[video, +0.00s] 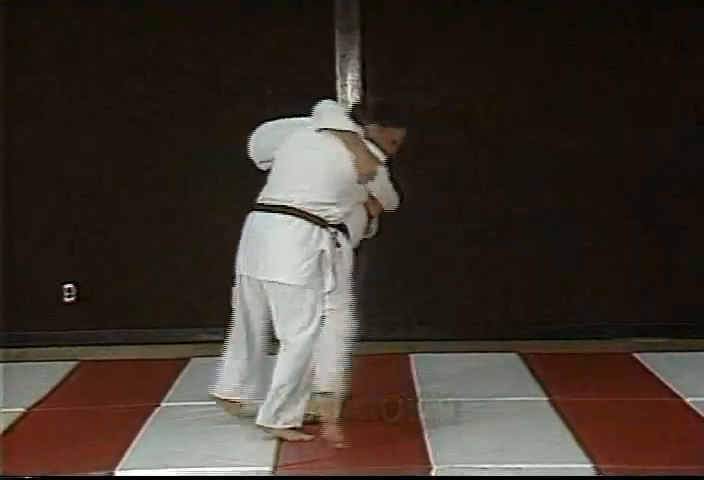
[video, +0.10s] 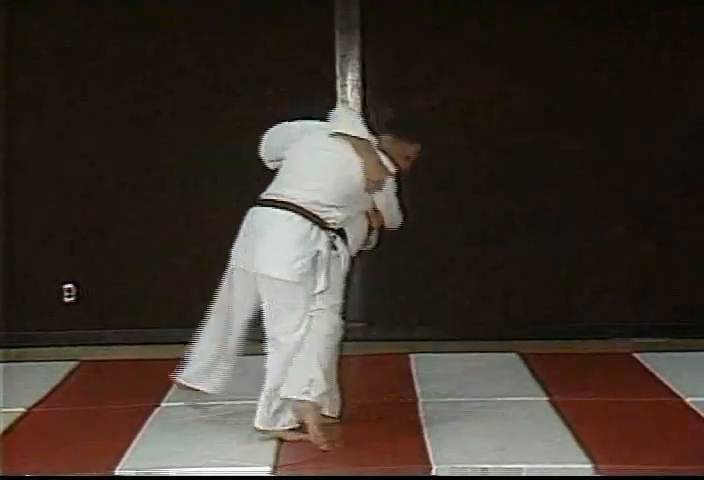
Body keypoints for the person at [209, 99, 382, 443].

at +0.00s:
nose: (384, 148)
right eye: (378, 141)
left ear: (328, 118)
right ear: (364, 130)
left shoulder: (297, 134)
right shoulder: (365, 158)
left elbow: (256, 149)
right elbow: (389, 201)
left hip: (254, 235)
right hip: (299, 244)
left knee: (252, 326)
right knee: (298, 336)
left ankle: (236, 390)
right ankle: (278, 417)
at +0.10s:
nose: (399, 166)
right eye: (400, 159)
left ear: (349, 126)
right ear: (377, 143)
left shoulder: (313, 133)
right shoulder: (374, 169)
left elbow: (268, 148)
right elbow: (392, 221)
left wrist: (297, 166)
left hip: (256, 224)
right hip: (296, 241)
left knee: (232, 311)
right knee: (287, 332)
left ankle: (198, 373)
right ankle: (274, 415)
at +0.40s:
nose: (413, 174)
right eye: (413, 167)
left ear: (382, 137)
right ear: (406, 152)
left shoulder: (339, 135)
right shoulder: (390, 181)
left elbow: (292, 143)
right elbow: (391, 238)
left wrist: (312, 171)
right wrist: (373, 212)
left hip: (266, 210)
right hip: (299, 233)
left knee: (202, 274)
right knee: (292, 323)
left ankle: (117, 322)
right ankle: (271, 412)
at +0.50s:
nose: (417, 167)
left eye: (420, 161)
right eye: (418, 160)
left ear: (387, 130)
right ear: (409, 147)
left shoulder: (344, 131)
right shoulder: (394, 174)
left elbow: (298, 139)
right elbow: (404, 226)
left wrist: (320, 166)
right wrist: (392, 218)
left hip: (270, 209)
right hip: (304, 232)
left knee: (209, 276)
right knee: (292, 322)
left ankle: (123, 321)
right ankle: (274, 412)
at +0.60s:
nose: (430, 156)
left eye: (431, 152)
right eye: (429, 150)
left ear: (395, 125)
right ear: (416, 141)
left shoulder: (350, 132)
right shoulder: (401, 171)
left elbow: (307, 138)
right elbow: (394, 224)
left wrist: (331, 162)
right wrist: (406, 217)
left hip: (275, 210)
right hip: (310, 231)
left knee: (226, 282)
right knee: (293, 323)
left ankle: (139, 325)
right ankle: (273, 411)